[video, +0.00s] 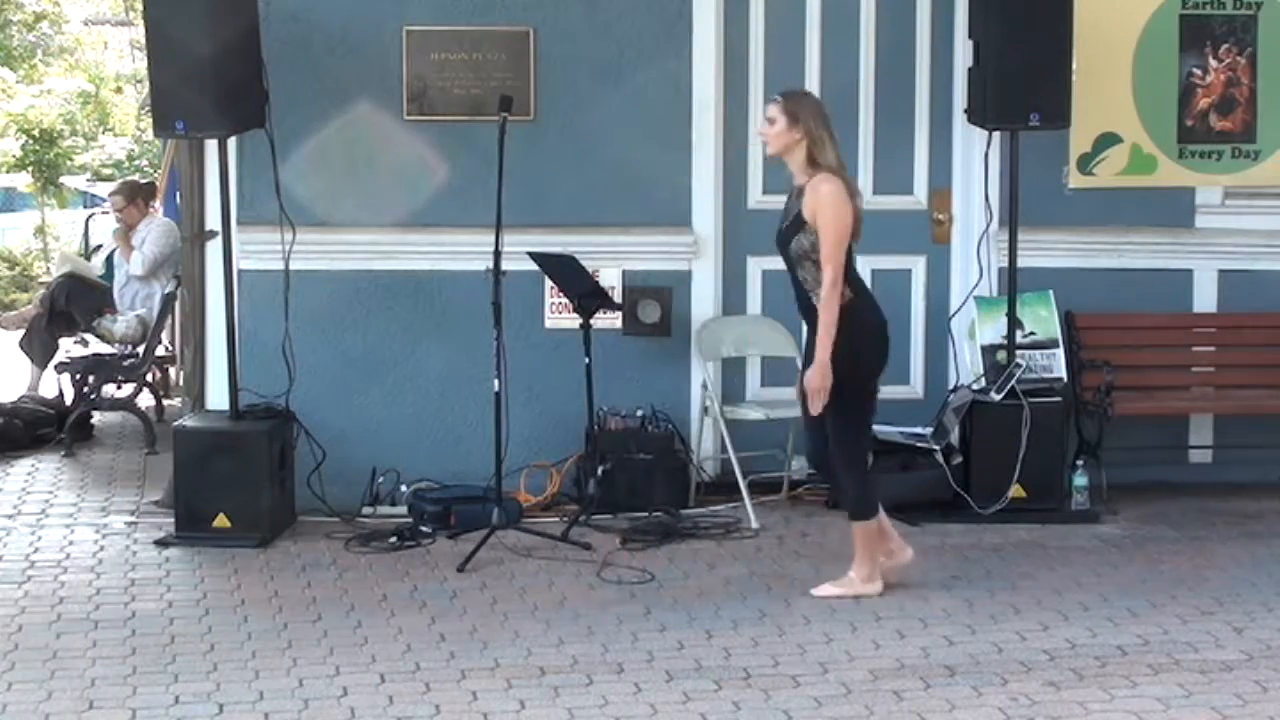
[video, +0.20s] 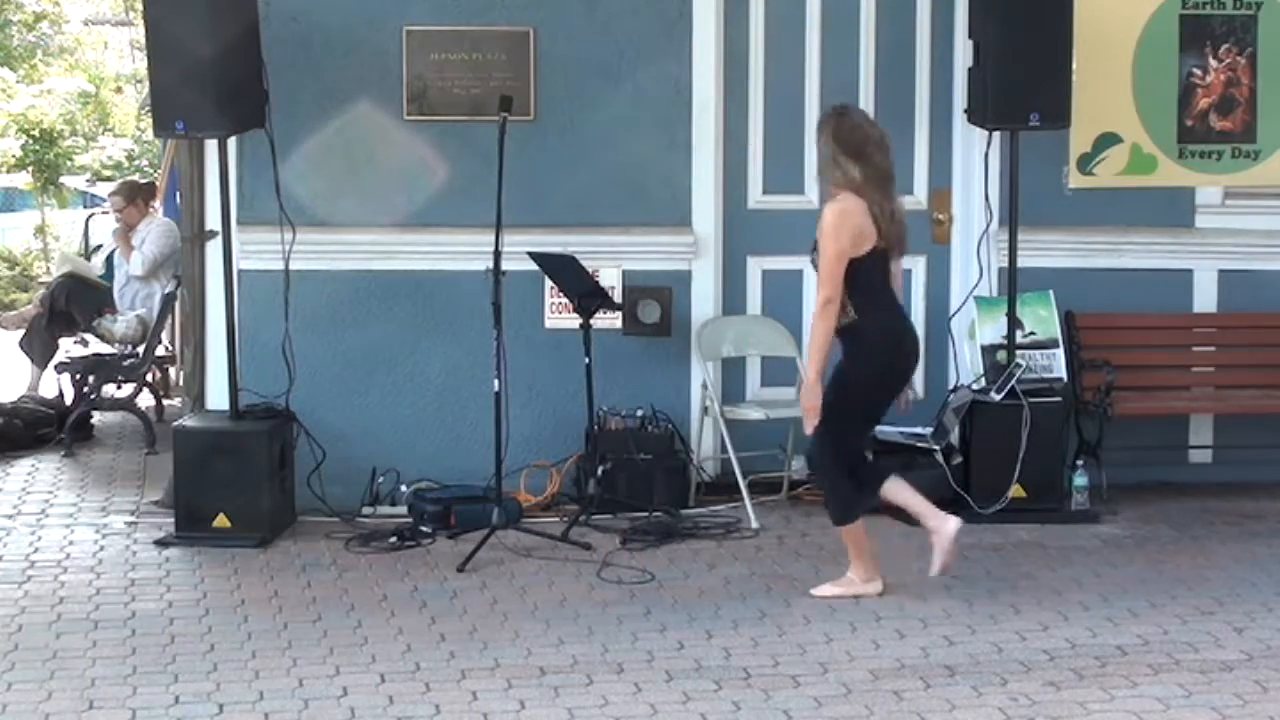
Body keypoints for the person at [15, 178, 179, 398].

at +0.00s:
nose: (117, 218)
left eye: (119, 211)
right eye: (114, 213)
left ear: (140, 205)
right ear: (136, 206)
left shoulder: (164, 229)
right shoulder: (127, 234)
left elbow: (142, 267)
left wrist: (123, 243)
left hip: (140, 318)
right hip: (118, 311)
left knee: (68, 284)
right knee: (45, 320)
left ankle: (34, 310)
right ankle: (32, 390)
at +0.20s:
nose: (117, 218)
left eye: (119, 212)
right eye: (114, 213)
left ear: (140, 205)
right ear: (136, 206)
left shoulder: (164, 229)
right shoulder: (127, 234)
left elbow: (141, 267)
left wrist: (123, 242)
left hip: (140, 319)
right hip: (119, 312)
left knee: (69, 285)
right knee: (45, 320)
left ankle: (34, 310)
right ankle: (32, 389)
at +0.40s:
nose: (117, 218)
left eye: (119, 212)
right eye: (114, 213)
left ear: (139, 205)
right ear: (136, 206)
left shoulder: (164, 229)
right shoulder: (127, 234)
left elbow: (141, 267)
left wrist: (123, 242)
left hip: (140, 318)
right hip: (119, 312)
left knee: (69, 285)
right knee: (45, 319)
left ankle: (34, 310)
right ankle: (32, 390)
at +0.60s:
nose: (115, 220)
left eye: (116, 214)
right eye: (112, 215)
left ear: (135, 207)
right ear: (132, 208)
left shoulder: (161, 230)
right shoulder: (123, 235)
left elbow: (138, 270)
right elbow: (94, 270)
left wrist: (122, 244)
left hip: (137, 319)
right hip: (114, 312)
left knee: (67, 285)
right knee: (42, 322)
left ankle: (32, 312)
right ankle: (29, 392)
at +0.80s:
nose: (114, 220)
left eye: (116, 213)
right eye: (112, 215)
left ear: (135, 206)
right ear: (132, 207)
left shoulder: (160, 230)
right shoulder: (123, 233)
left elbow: (137, 269)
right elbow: (94, 268)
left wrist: (121, 244)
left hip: (136, 318)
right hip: (114, 310)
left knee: (66, 285)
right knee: (42, 321)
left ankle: (31, 312)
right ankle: (28, 391)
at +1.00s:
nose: (114, 220)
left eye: (116, 213)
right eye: (112, 215)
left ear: (135, 206)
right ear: (132, 207)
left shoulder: (160, 230)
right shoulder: (123, 233)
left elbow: (137, 269)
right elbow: (94, 269)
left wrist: (121, 244)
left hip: (137, 317)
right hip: (114, 310)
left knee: (65, 285)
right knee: (43, 321)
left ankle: (31, 312)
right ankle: (29, 390)